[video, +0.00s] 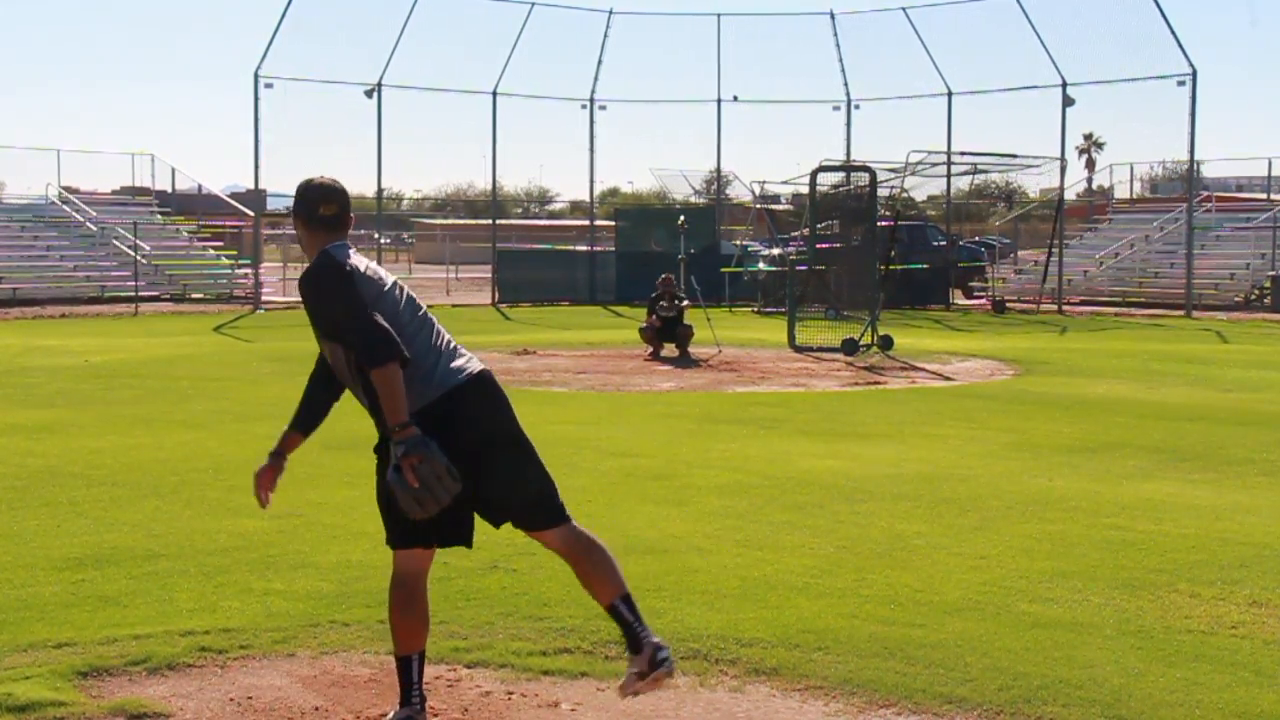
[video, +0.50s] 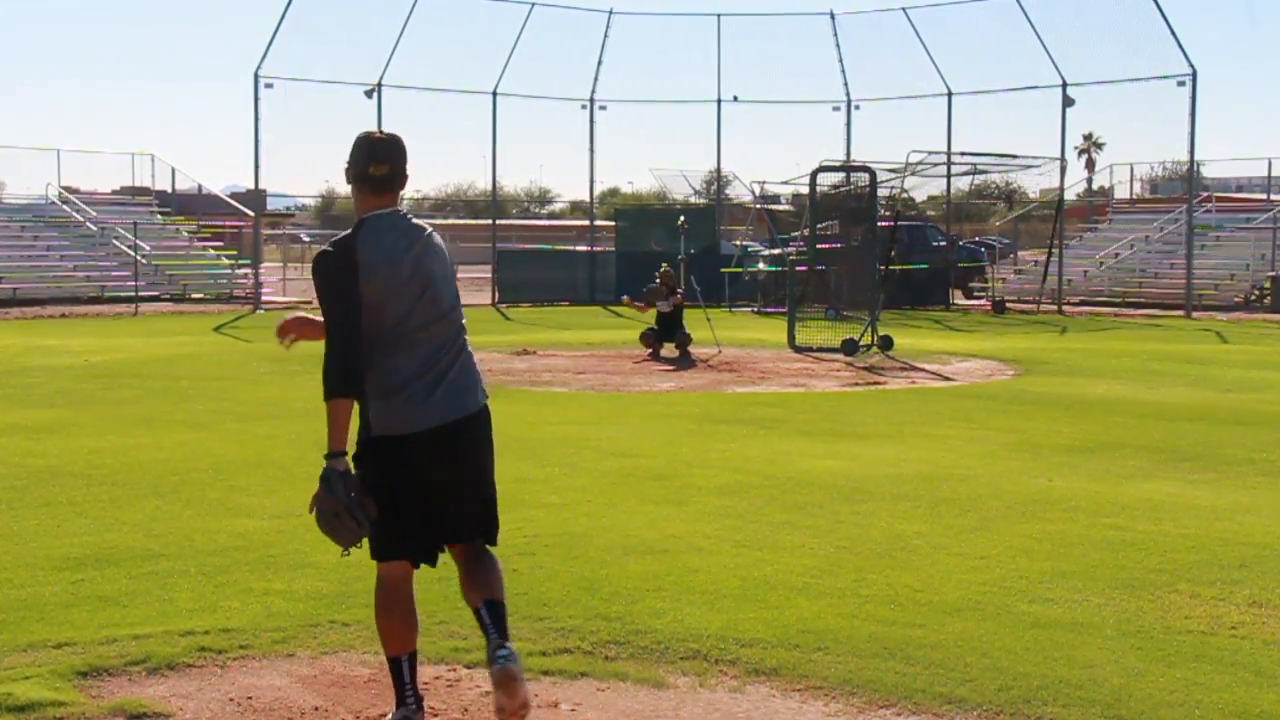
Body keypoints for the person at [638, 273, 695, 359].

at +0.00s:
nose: (667, 289)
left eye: (669, 286)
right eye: (664, 286)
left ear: (674, 286)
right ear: (659, 286)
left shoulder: (678, 297)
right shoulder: (654, 298)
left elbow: (687, 303)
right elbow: (648, 319)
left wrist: (680, 306)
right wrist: (654, 321)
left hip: (675, 328)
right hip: (660, 328)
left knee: (687, 329)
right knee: (645, 330)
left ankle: (683, 350)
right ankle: (656, 347)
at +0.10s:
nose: (666, 289)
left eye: (669, 285)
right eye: (664, 285)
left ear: (673, 286)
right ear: (659, 286)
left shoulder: (678, 297)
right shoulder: (654, 298)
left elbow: (688, 304)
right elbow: (649, 316)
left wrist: (681, 306)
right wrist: (651, 320)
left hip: (675, 328)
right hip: (659, 328)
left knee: (687, 330)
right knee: (644, 331)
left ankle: (683, 350)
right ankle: (656, 348)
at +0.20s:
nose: (666, 287)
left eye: (669, 284)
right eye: (664, 284)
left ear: (673, 284)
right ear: (659, 285)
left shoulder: (678, 296)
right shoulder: (655, 297)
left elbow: (687, 305)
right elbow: (649, 317)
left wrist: (680, 306)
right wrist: (651, 315)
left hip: (675, 327)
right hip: (660, 328)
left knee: (687, 331)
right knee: (645, 331)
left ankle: (683, 350)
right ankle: (656, 348)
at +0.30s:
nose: (666, 285)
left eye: (669, 282)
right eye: (663, 282)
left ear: (673, 283)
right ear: (659, 283)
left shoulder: (678, 295)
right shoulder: (655, 296)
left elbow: (685, 304)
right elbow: (649, 318)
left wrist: (679, 306)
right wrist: (649, 305)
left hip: (676, 330)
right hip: (660, 330)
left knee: (687, 332)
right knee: (645, 332)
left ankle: (683, 349)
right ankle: (656, 348)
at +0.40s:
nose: (666, 282)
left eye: (668, 279)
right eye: (663, 279)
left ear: (673, 280)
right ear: (659, 280)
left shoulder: (678, 293)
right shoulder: (655, 295)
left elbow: (681, 303)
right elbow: (646, 315)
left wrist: (675, 303)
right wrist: (638, 308)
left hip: (677, 330)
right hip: (661, 331)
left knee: (686, 334)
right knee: (646, 334)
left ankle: (682, 349)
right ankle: (656, 347)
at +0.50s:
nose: (666, 280)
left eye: (669, 277)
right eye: (663, 277)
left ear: (673, 278)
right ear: (659, 278)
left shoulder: (678, 292)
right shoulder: (657, 294)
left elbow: (678, 300)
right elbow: (644, 308)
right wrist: (631, 303)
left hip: (676, 330)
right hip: (661, 330)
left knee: (684, 337)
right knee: (646, 336)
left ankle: (683, 350)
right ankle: (656, 348)